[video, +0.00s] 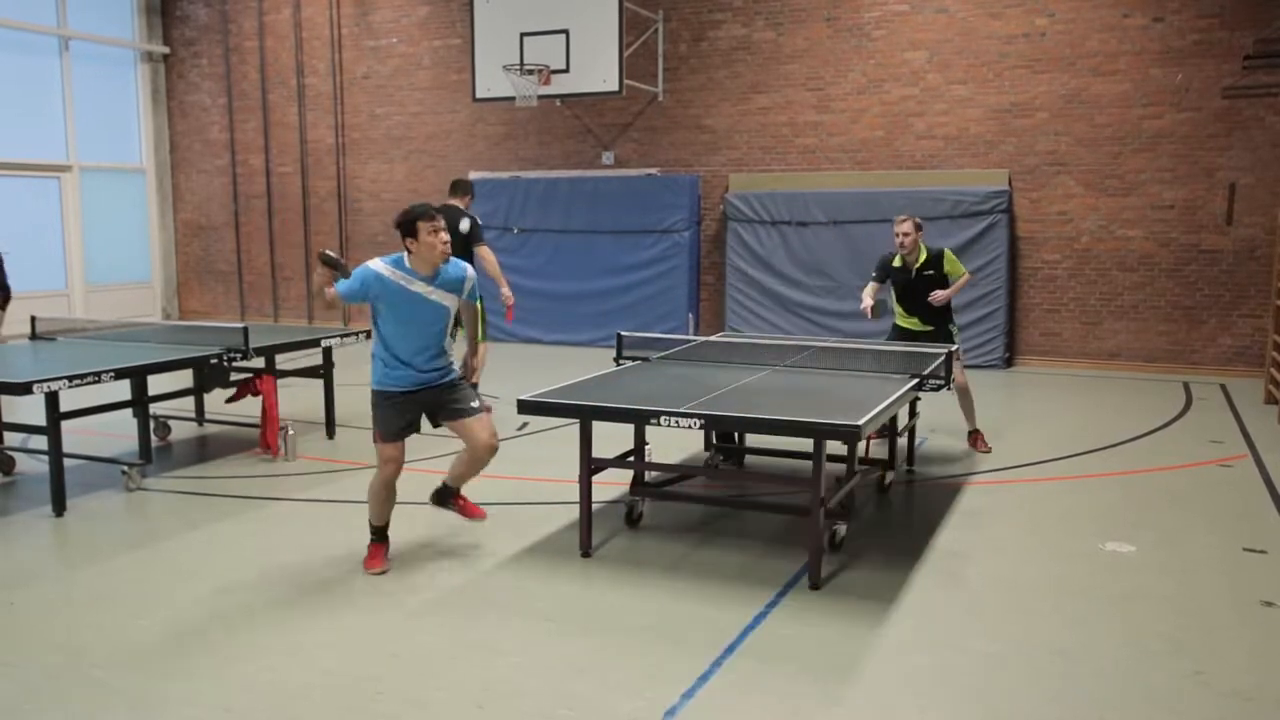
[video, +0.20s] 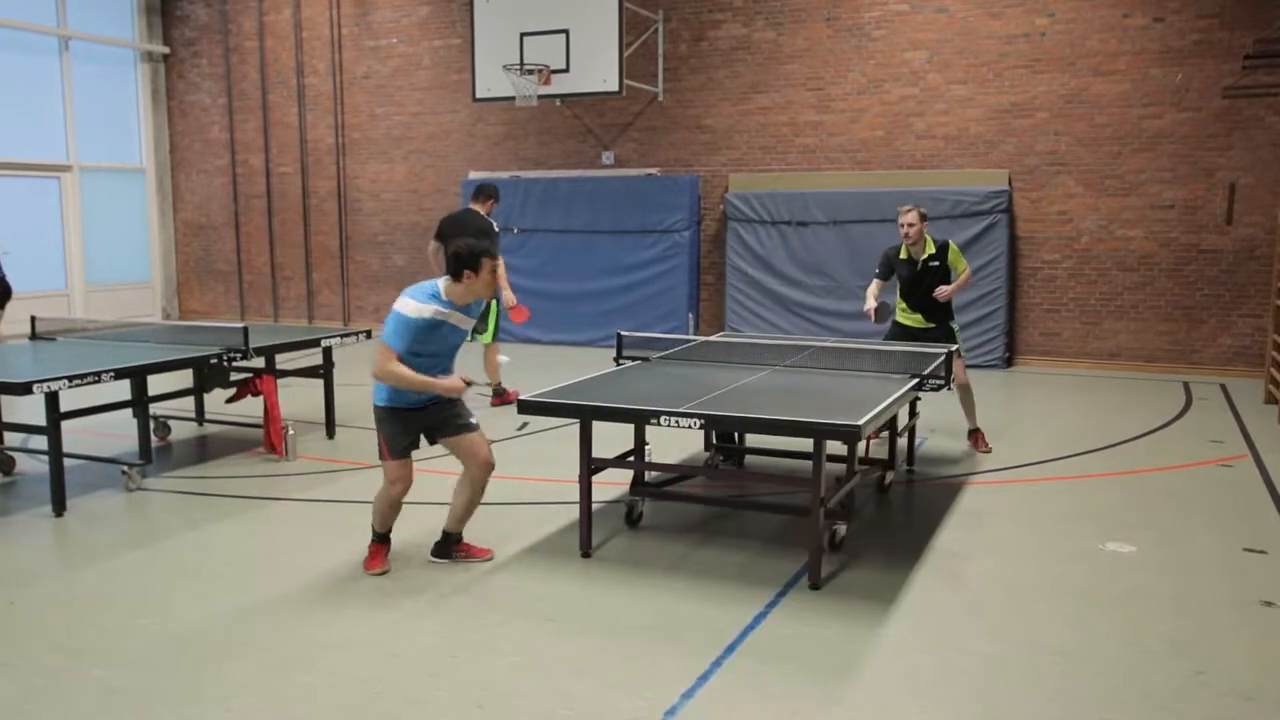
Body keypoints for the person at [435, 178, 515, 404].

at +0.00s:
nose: (469, 203)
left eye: (468, 200)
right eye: (470, 200)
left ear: (449, 194)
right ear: (467, 198)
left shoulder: (432, 214)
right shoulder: (467, 220)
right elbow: (483, 254)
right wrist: (503, 286)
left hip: (432, 285)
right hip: (464, 287)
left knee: (440, 338)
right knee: (478, 340)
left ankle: (432, 385)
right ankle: (470, 391)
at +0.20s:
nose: (494, 209)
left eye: (494, 205)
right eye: (494, 205)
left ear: (472, 199)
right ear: (490, 203)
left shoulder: (448, 220)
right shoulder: (489, 226)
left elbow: (433, 250)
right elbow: (497, 261)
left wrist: (444, 277)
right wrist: (506, 289)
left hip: (454, 288)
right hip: (484, 292)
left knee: (447, 339)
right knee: (490, 342)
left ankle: (441, 390)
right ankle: (497, 389)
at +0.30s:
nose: (505, 208)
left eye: (504, 205)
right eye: (505, 205)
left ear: (483, 198)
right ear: (502, 203)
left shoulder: (460, 218)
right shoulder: (498, 226)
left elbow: (443, 248)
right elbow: (502, 263)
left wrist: (452, 279)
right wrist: (507, 294)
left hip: (461, 287)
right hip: (490, 290)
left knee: (451, 340)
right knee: (496, 342)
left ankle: (444, 391)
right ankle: (499, 391)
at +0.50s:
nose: (521, 203)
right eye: (521, 200)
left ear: (498, 194)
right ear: (517, 199)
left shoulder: (474, 216)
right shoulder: (516, 224)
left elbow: (462, 253)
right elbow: (524, 260)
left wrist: (461, 278)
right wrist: (530, 290)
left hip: (475, 283)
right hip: (507, 285)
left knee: (485, 331)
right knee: (503, 335)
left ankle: (489, 379)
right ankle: (497, 387)